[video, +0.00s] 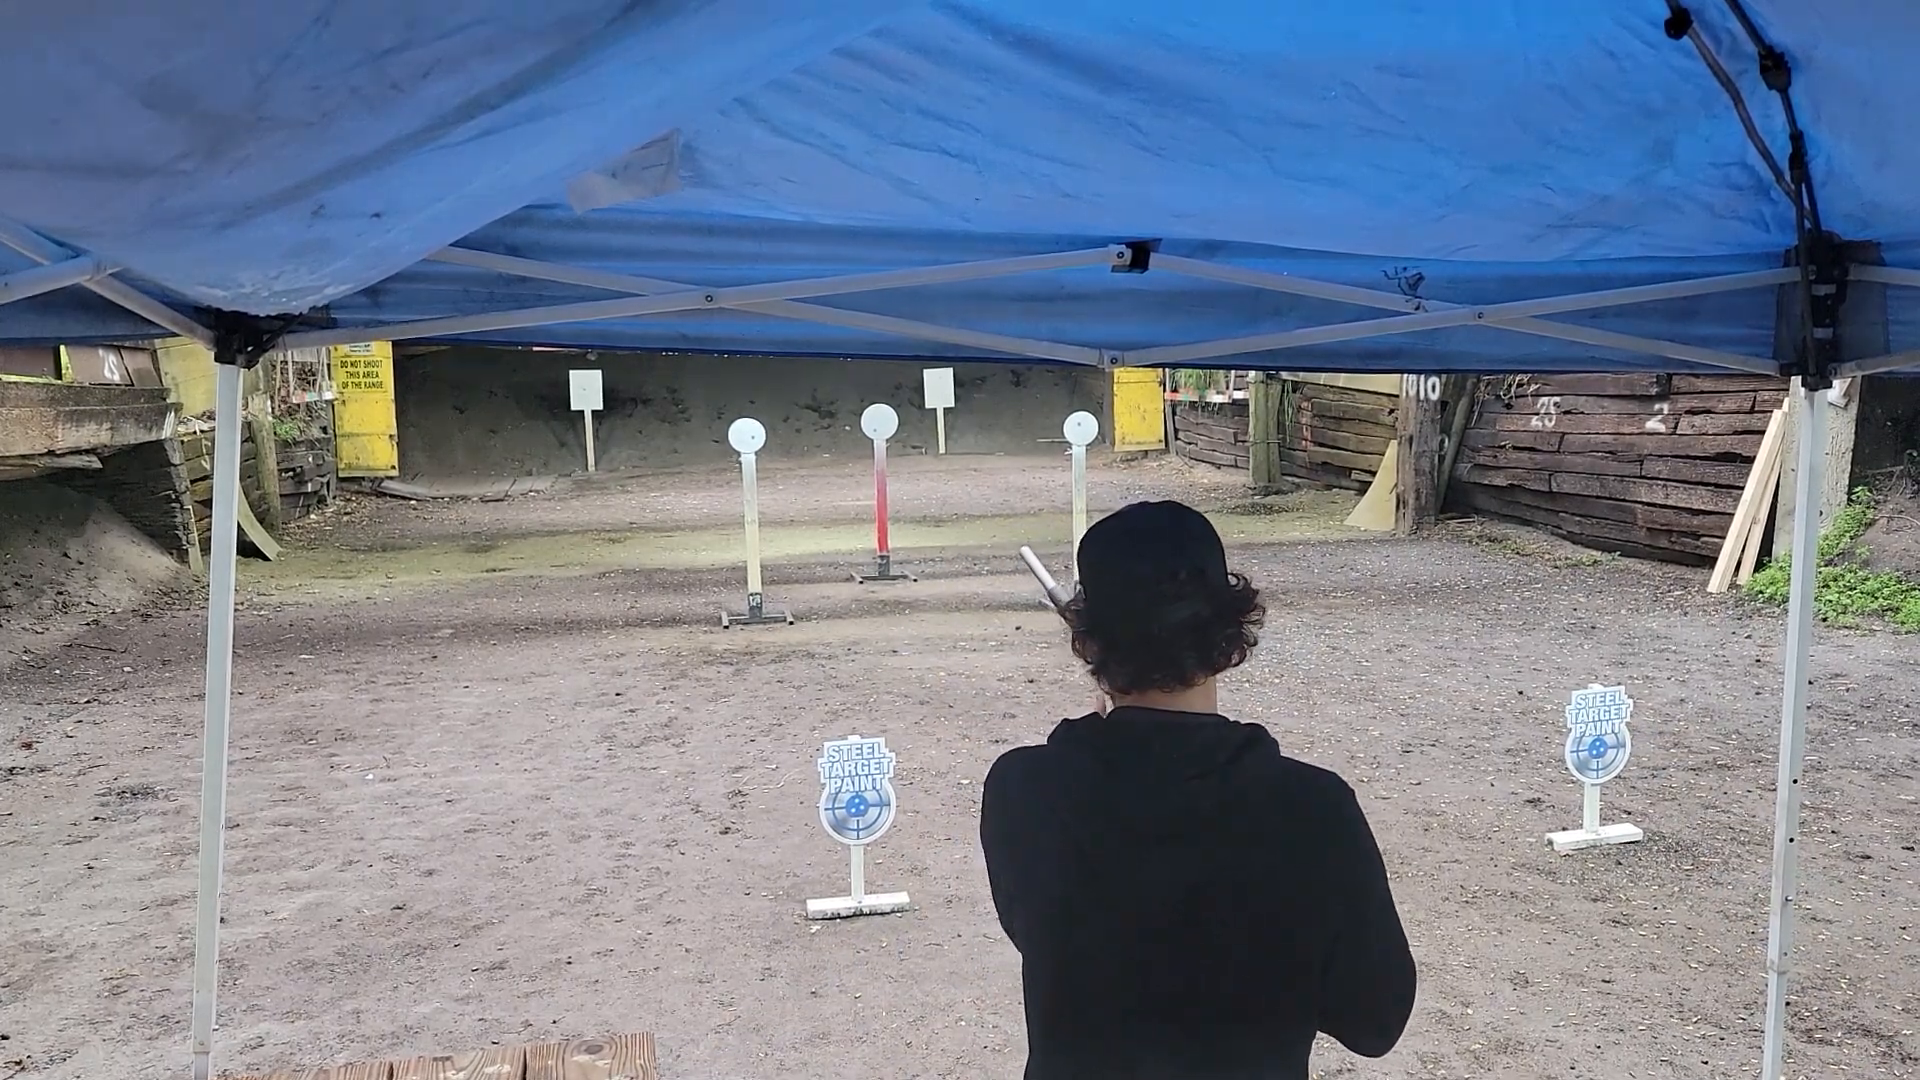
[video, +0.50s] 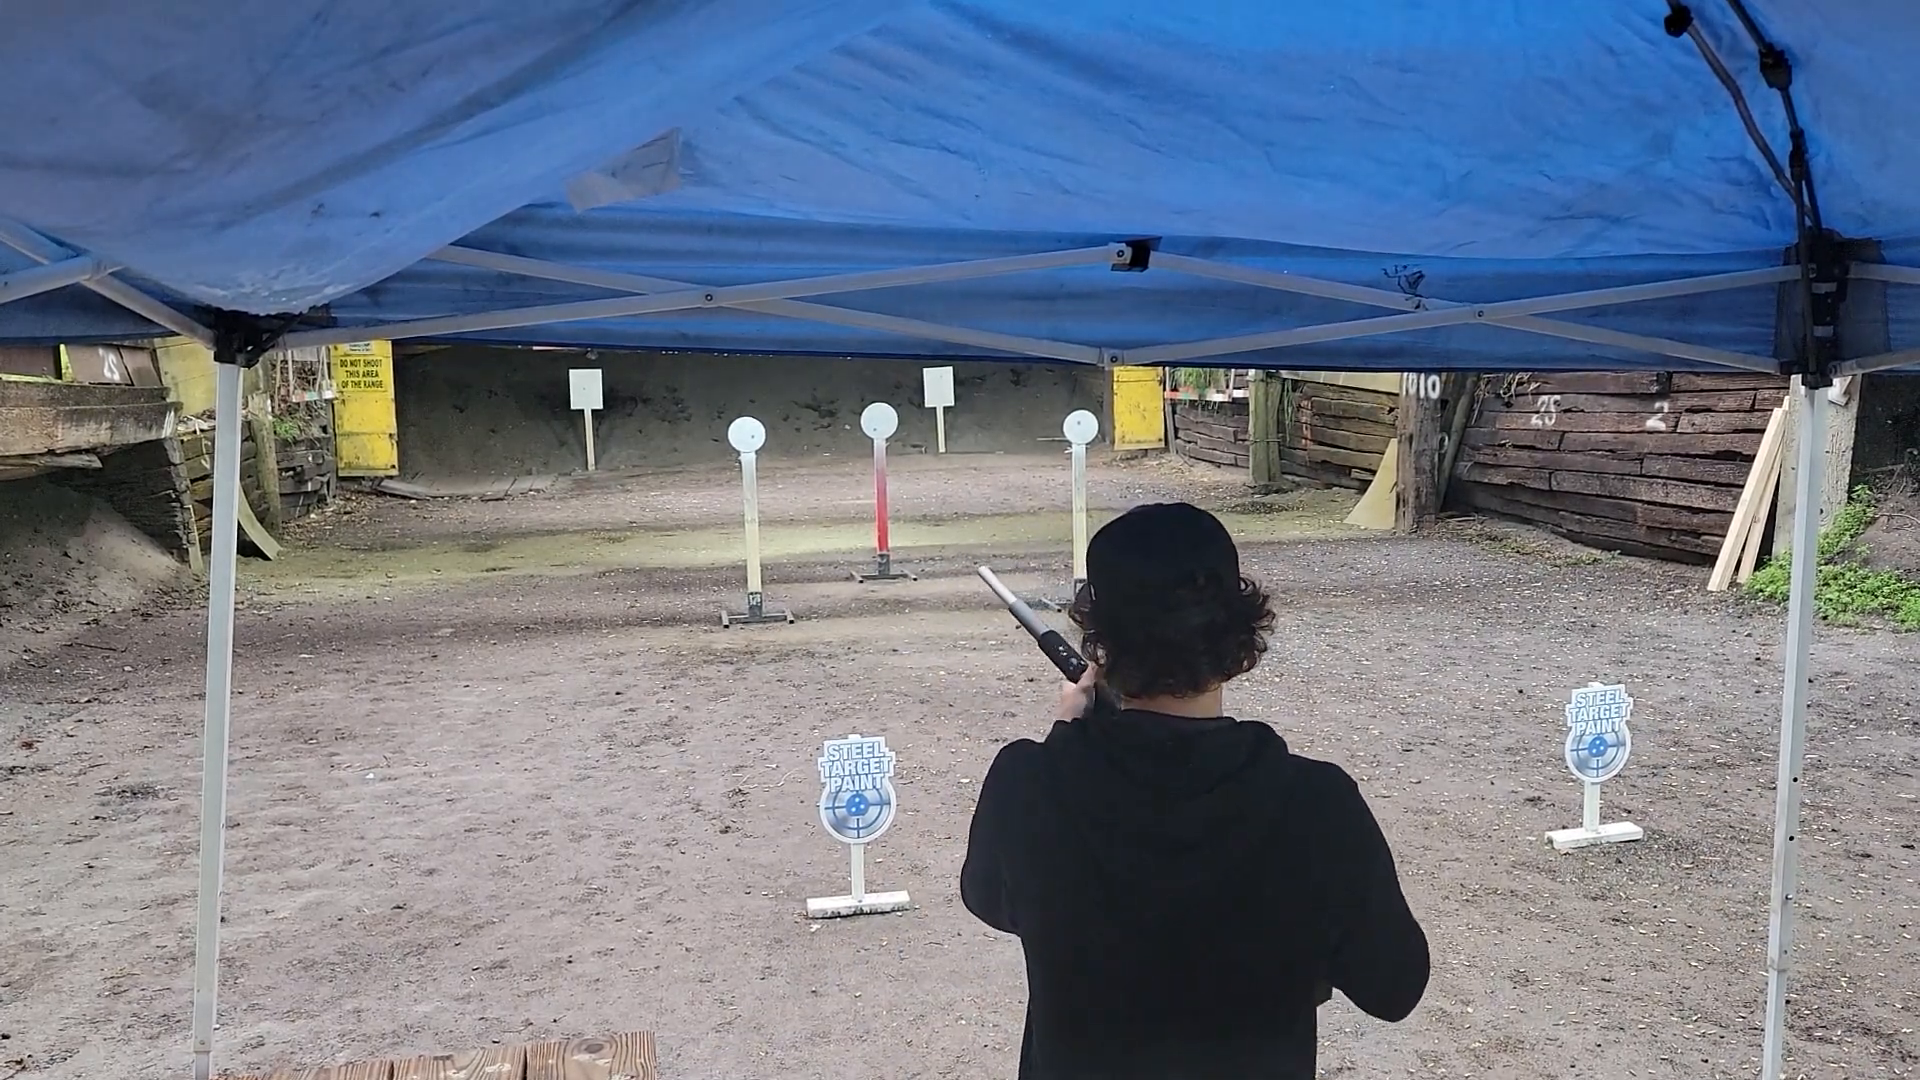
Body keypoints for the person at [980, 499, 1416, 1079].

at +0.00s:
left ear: (1088, 637)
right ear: (1230, 627)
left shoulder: (1021, 788)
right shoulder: (1316, 807)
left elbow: (1026, 929)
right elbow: (1377, 1022)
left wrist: (1092, 754)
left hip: (1072, 1071)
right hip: (1258, 1072)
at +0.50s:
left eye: (1090, 620)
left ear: (1099, 640)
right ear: (1241, 628)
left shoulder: (1030, 783)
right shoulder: (1319, 802)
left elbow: (993, 898)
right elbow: (1396, 989)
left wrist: (1066, 737)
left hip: (1077, 1066)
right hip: (1261, 1066)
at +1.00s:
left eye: (1071, 633)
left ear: (1078, 648)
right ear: (1217, 620)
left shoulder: (1023, 796)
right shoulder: (1321, 804)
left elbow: (1017, 935)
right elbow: (1380, 1010)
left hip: (1077, 1070)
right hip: (1269, 1070)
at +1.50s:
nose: (1066, 659)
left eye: (1066, 641)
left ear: (1075, 652)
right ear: (1207, 618)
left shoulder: (1026, 800)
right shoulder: (1324, 809)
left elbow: (1017, 940)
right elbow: (1381, 1023)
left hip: (1081, 1070)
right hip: (1271, 1070)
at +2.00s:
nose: (1064, 656)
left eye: (1067, 641)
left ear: (1081, 661)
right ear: (1208, 620)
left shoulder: (1031, 804)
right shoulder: (1327, 811)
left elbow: (974, 917)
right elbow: (1398, 1010)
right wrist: (1282, 919)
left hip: (1084, 1067)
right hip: (1272, 1068)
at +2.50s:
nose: (1061, 648)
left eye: (1061, 634)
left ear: (1074, 652)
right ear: (1199, 611)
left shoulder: (1026, 795)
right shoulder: (1323, 799)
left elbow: (992, 912)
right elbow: (1417, 974)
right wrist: (1304, 909)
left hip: (1076, 1067)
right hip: (1269, 1067)